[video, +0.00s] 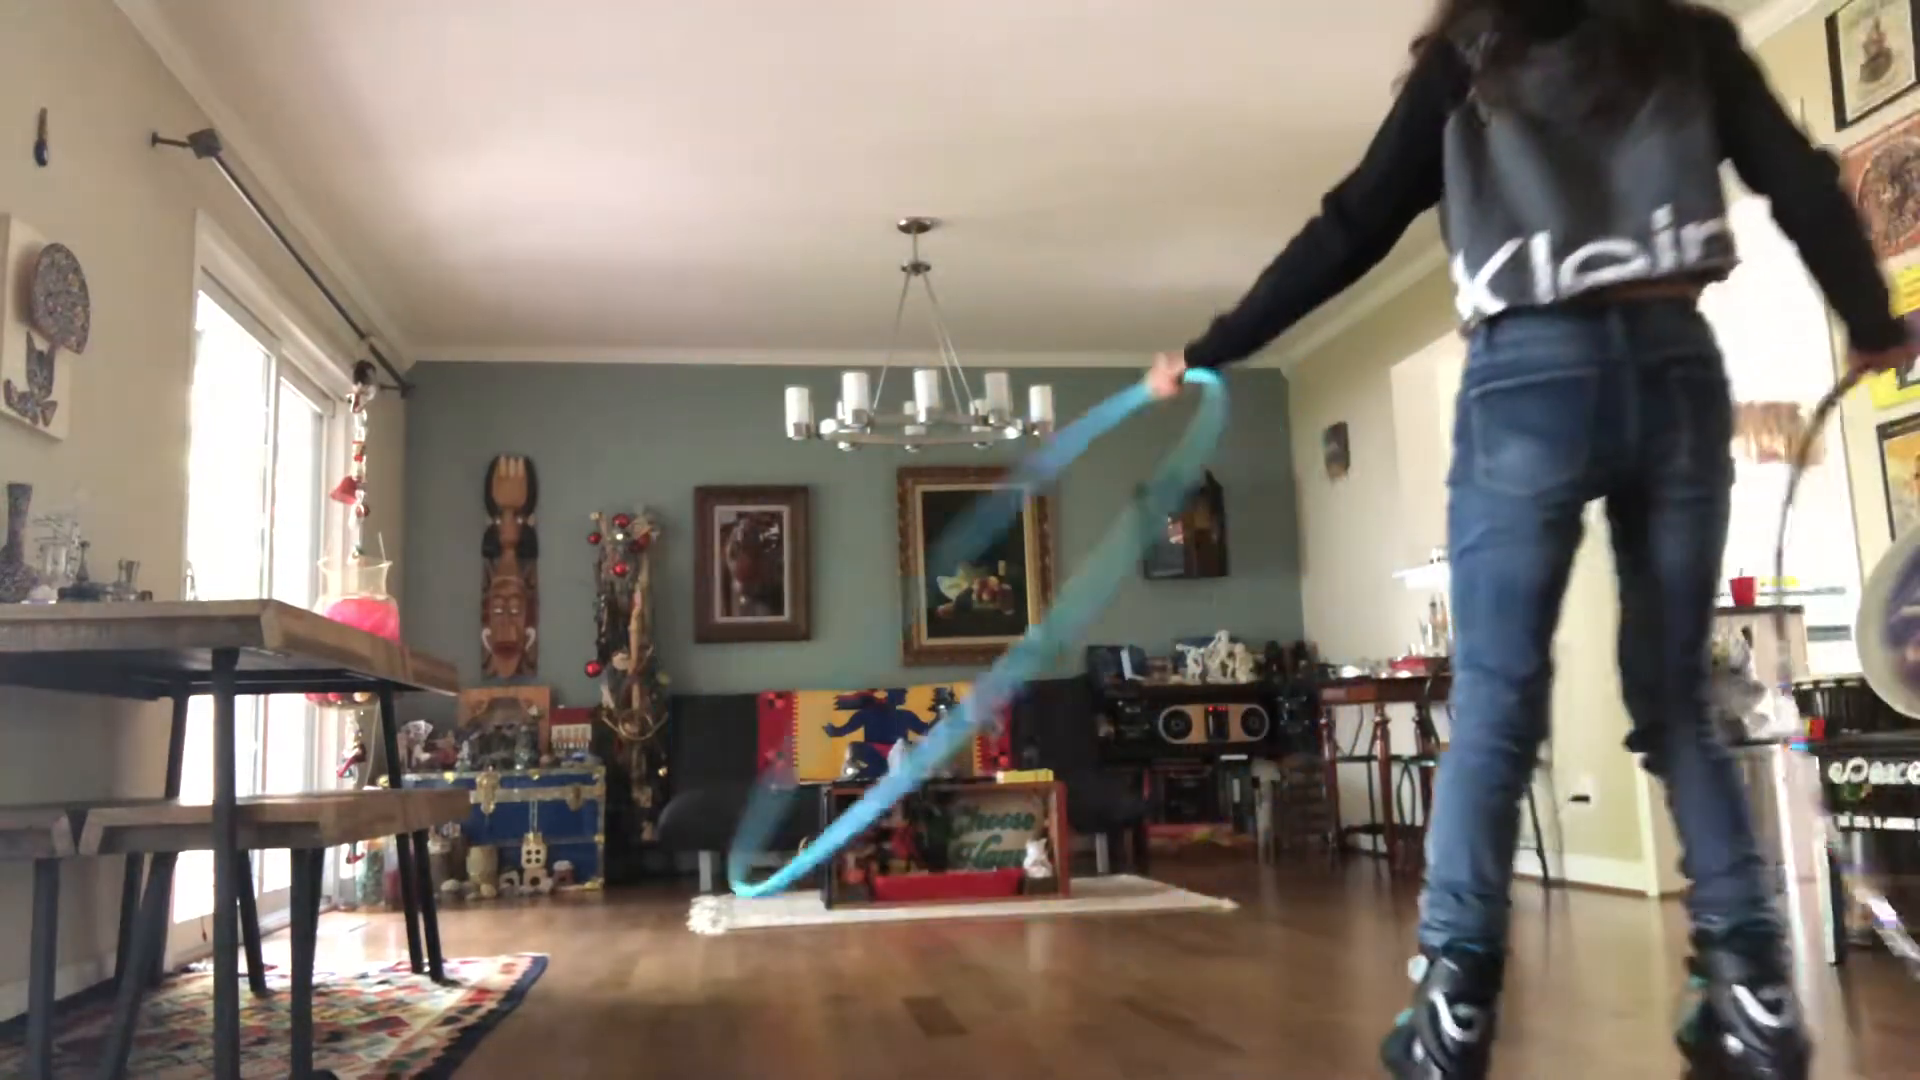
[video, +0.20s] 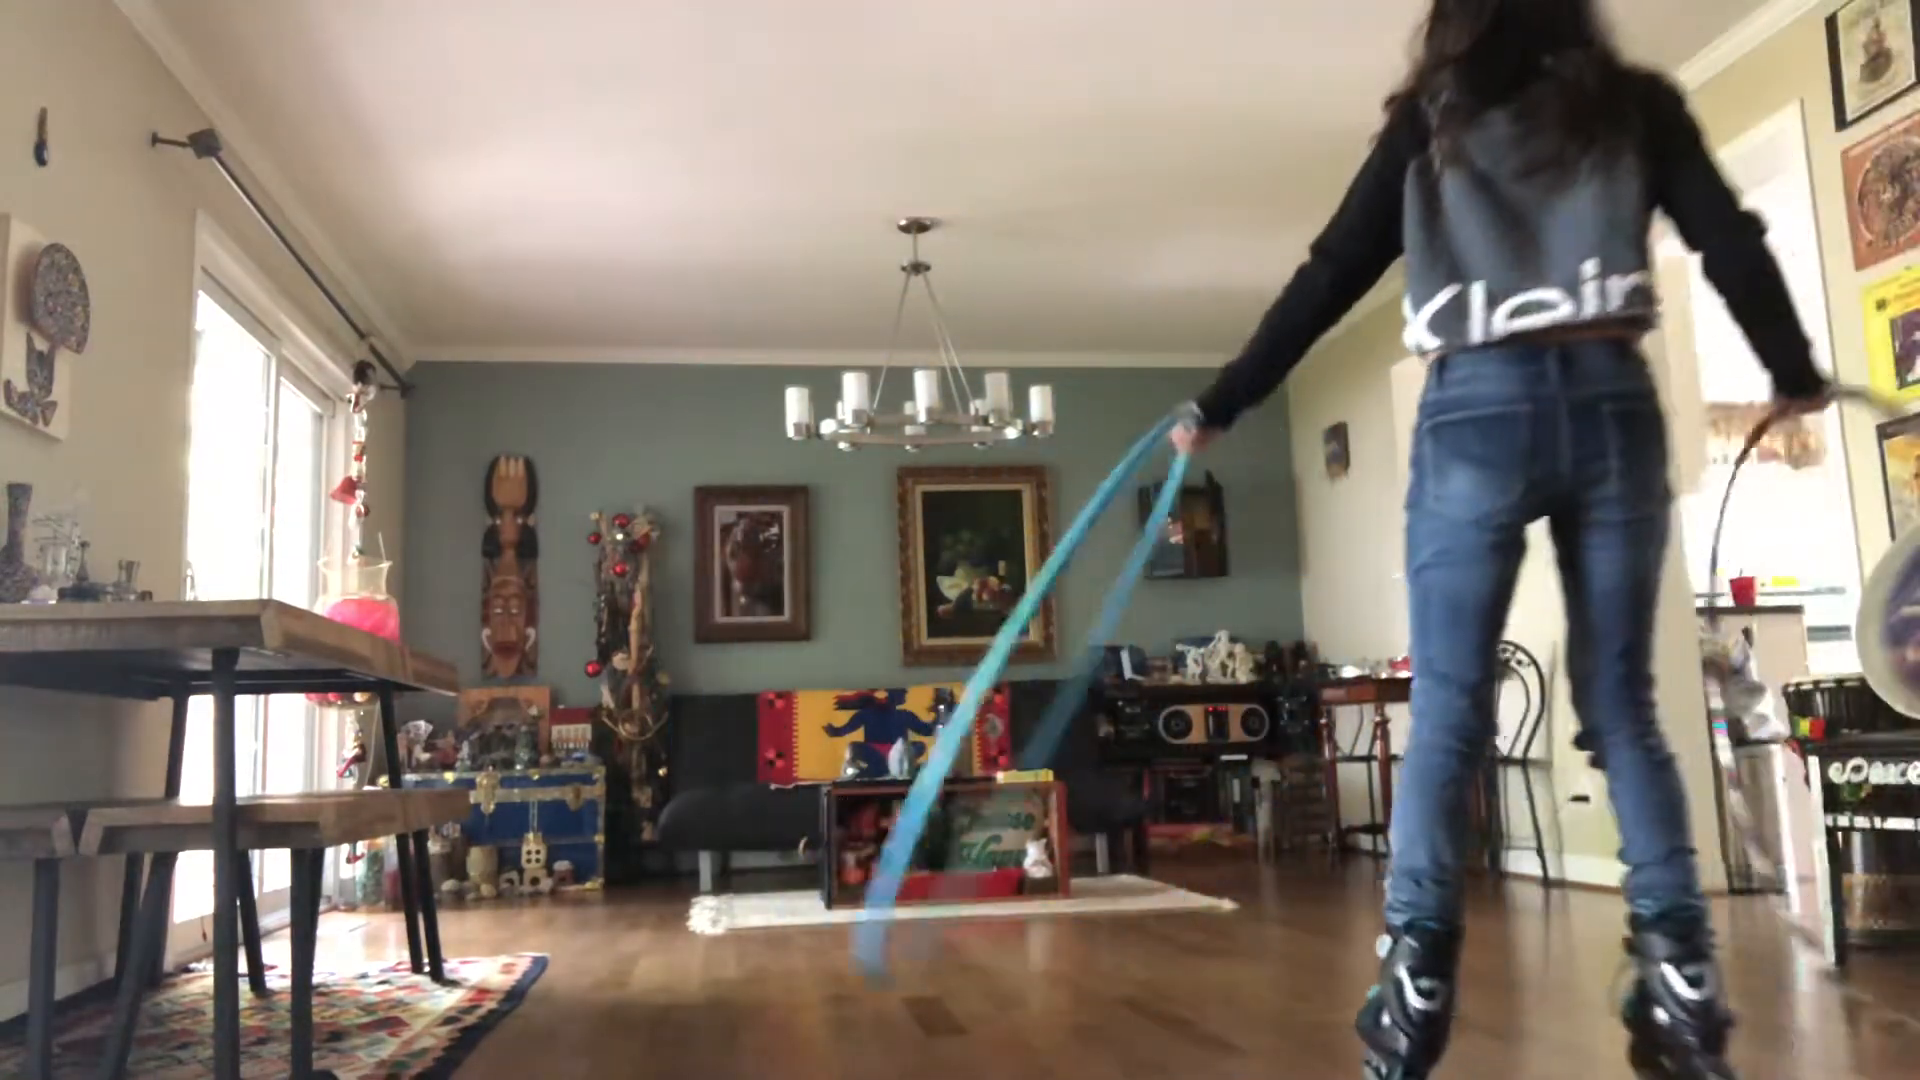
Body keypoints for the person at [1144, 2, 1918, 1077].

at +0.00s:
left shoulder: (1462, 58)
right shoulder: (1687, 31)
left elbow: (1355, 223)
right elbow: (1800, 176)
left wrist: (1210, 349)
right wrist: (1874, 318)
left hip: (1530, 365)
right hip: (1679, 360)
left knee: (1495, 697)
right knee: (1674, 700)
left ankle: (1454, 1004)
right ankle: (1753, 991)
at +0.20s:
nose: (1428, 29)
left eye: (1437, 19)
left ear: (1456, 18)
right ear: (1575, 13)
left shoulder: (1429, 113)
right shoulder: (1638, 98)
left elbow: (1333, 271)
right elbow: (1728, 237)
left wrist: (1218, 404)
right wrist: (1797, 373)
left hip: (1476, 403)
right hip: (1617, 400)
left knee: (1446, 699)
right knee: (1623, 704)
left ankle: (1415, 988)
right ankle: (1682, 979)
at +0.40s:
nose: (1420, 64)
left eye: (1430, 46)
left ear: (1431, 58)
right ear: (1538, 53)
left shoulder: (1401, 166)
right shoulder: (1599, 159)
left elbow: (1331, 317)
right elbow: (1675, 304)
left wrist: (1252, 451)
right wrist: (1733, 430)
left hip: (1442, 432)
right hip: (1571, 430)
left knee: (1418, 706)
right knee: (1580, 704)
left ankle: (1386, 967)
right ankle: (1634, 960)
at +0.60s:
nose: (1385, 118)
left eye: (1394, 100)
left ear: (1402, 107)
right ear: (1502, 101)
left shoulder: (1381, 201)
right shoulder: (1557, 204)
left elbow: (1343, 345)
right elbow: (1612, 344)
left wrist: (1284, 479)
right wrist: (1660, 476)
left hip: (1413, 451)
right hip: (1527, 450)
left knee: (1385, 707)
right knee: (1538, 709)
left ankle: (1362, 944)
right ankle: (1596, 942)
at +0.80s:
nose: (1350, 159)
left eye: (1357, 142)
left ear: (1368, 150)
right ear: (1459, 147)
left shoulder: (1354, 243)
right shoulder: (1507, 248)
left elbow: (1340, 379)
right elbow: (1549, 387)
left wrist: (1298, 510)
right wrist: (1580, 508)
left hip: (1377, 479)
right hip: (1481, 479)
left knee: (1354, 718)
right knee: (1503, 717)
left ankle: (1343, 934)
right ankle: (1563, 934)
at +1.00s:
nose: (1316, 202)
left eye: (1324, 184)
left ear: (1335, 190)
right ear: (1418, 189)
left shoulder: (1329, 274)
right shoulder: (1464, 278)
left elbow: (1318, 403)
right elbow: (1505, 410)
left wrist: (1274, 530)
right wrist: (1531, 525)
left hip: (1351, 502)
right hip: (1443, 500)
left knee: (1326, 712)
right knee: (1469, 718)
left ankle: (1319, 921)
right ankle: (1537, 919)